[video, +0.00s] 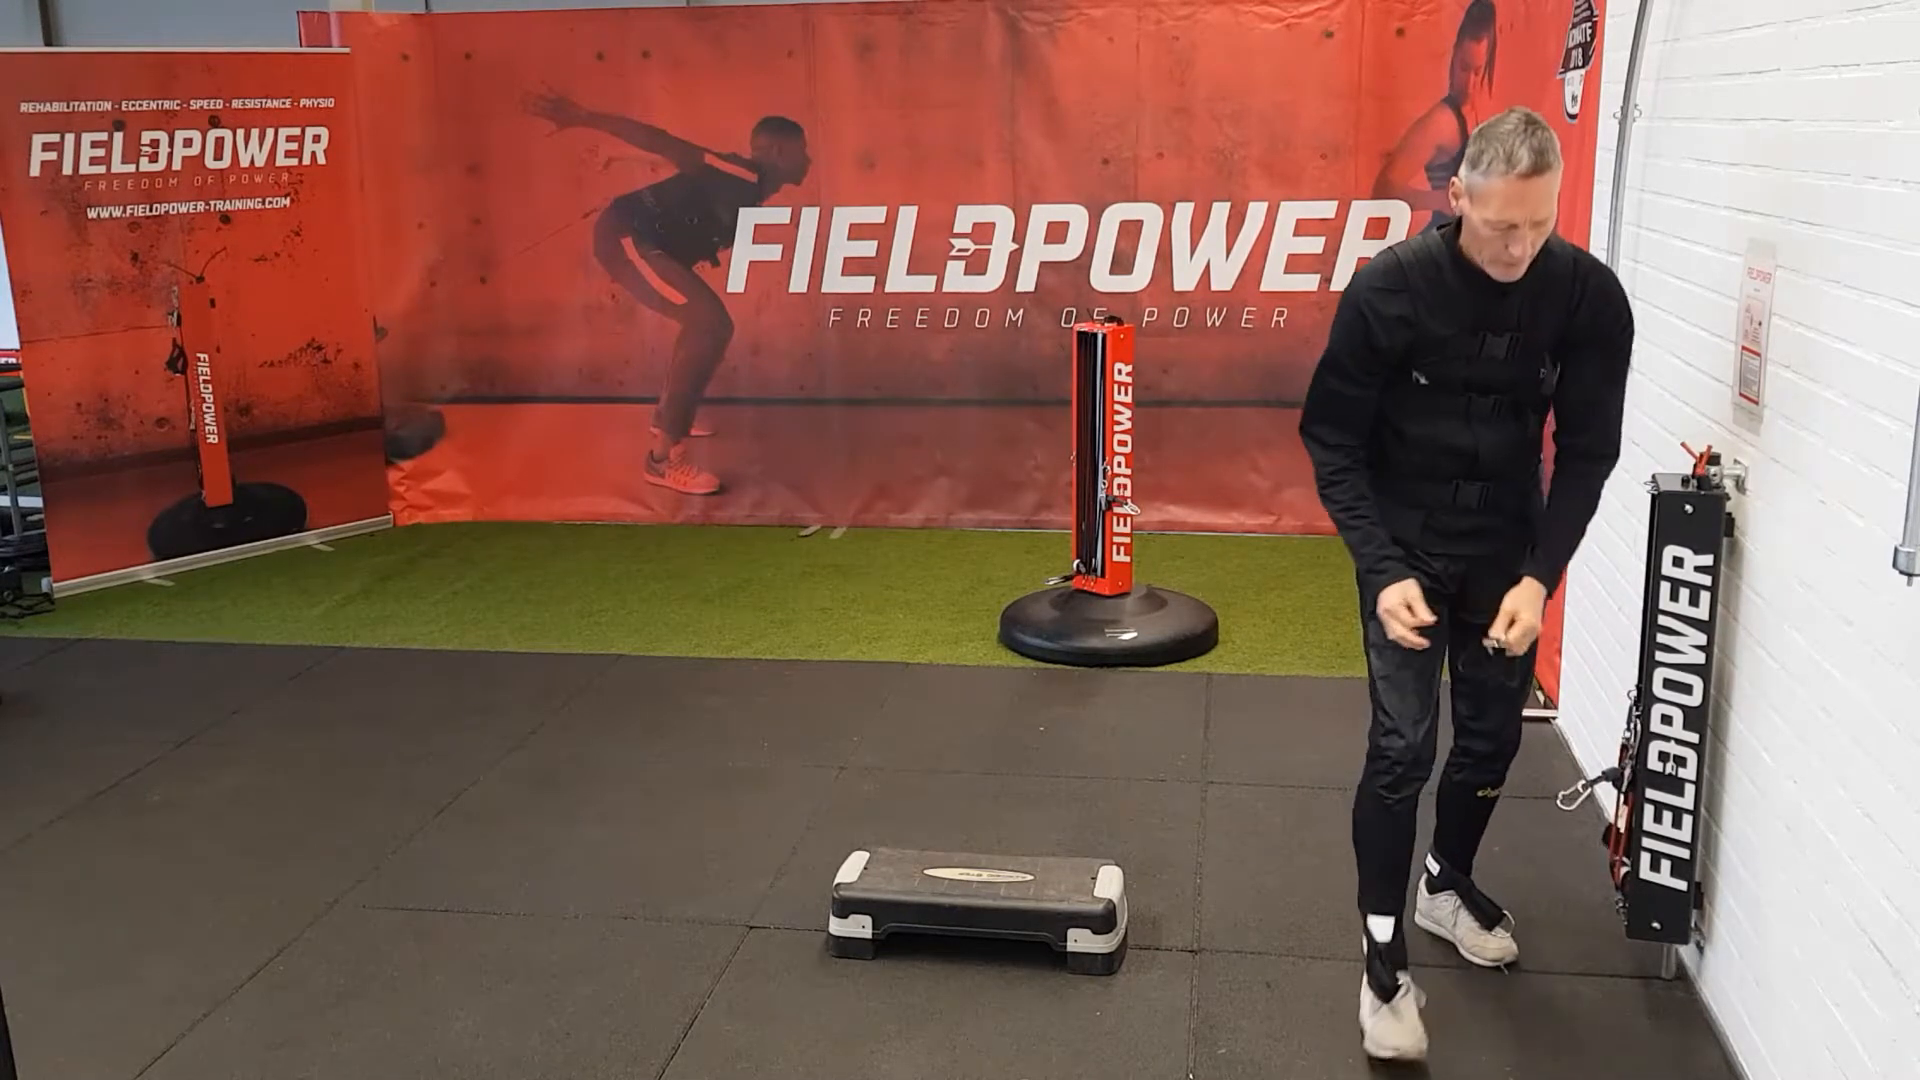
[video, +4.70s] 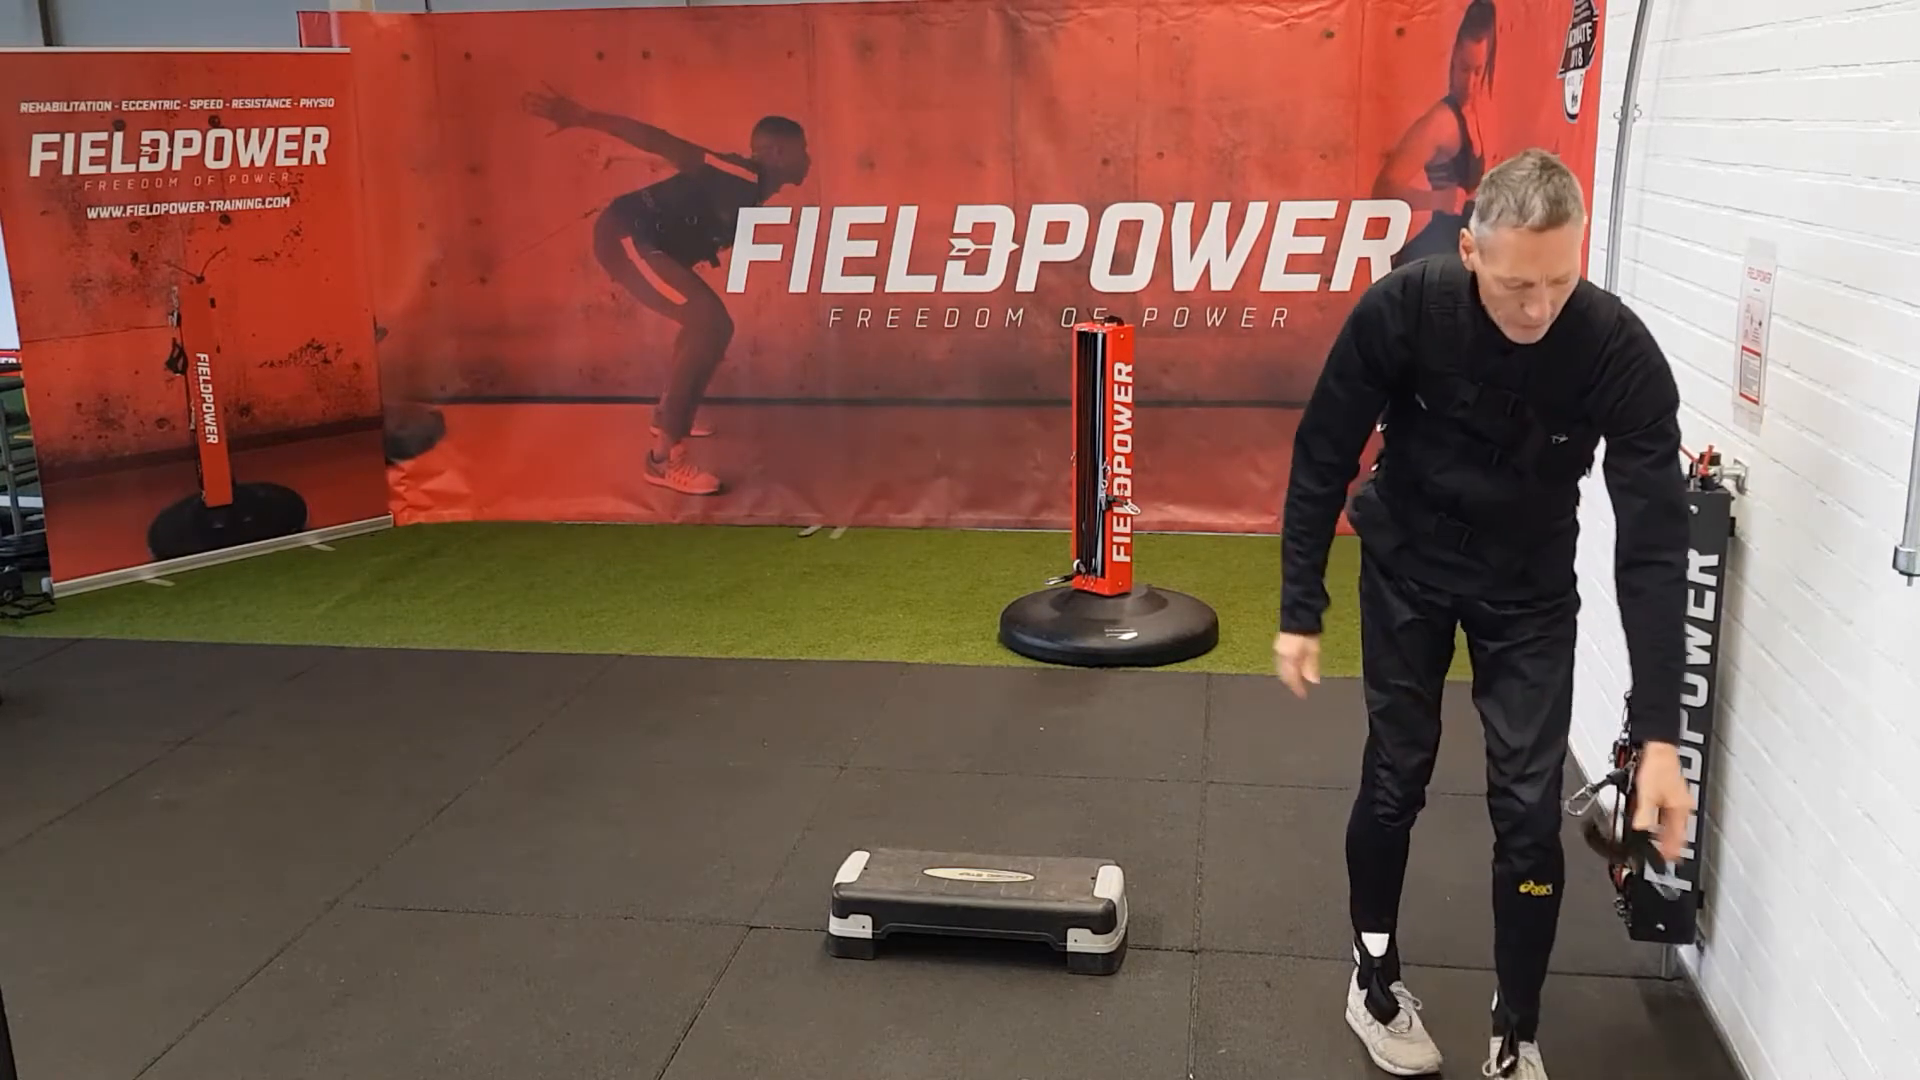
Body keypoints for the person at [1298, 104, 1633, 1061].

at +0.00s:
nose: (1518, 248)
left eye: (1536, 226)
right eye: (1498, 226)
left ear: (1559, 204)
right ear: (1457, 198)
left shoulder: (1590, 299)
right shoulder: (1388, 293)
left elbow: (1589, 451)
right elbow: (1332, 437)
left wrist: (1541, 575)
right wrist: (1382, 570)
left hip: (1509, 558)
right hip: (1401, 553)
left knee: (1488, 741)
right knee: (1403, 750)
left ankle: (1446, 882)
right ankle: (1383, 969)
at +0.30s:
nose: (1521, 334)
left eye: (1537, 311)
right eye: (1502, 314)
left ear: (1555, 283)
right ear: (1449, 282)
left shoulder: (1577, 361)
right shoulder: (1364, 350)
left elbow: (1593, 531)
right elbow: (1296, 490)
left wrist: (1586, 692)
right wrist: (1341, 626)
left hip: (1486, 585)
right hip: (1375, 583)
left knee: (1474, 762)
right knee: (1387, 793)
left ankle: (1444, 887)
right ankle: (1388, 1007)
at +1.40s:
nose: (1621, 401)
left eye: (1630, 390)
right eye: (1621, 387)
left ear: (1581, 346)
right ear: (1572, 352)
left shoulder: (1569, 382)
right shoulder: (1428, 391)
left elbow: (1533, 496)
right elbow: (1393, 557)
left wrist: (1526, 624)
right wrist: (1453, 682)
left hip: (1436, 538)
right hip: (1349, 545)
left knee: (1465, 723)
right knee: (1376, 768)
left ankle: (1398, 866)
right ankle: (1384, 1002)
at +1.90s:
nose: (1615, 529)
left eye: (1626, 520)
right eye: (1616, 516)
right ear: (1580, 482)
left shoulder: (1564, 451)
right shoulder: (1450, 486)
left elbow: (1557, 588)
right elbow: (1469, 635)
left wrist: (1574, 710)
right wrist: (1544, 741)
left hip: (1392, 545)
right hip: (1310, 539)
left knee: (1460, 695)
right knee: (1349, 743)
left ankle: (1396, 866)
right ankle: (1365, 970)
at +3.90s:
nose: (1584, 440)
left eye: (1599, 424)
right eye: (1570, 421)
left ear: (1613, 393)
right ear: (1523, 377)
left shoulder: (1573, 408)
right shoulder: (1428, 423)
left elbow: (1565, 520)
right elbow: (1413, 580)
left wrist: (1556, 649)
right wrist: (1484, 679)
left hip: (1420, 532)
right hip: (1334, 529)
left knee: (1456, 703)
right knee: (1359, 745)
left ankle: (1394, 865)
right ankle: (1366, 973)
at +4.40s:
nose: (1527, 323)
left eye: (1544, 300)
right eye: (1506, 303)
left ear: (1565, 271)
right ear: (1458, 269)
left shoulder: (1587, 344)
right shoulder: (1377, 346)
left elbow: (1593, 505)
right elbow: (1343, 524)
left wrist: (1562, 660)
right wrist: (1422, 660)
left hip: (1489, 562)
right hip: (1378, 567)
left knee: (1515, 761)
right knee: (1383, 779)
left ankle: (1487, 968)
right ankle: (1372, 977)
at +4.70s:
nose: (1536, 306)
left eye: (1556, 282)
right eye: (1515, 284)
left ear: (1583, 251)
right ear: (1473, 248)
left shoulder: (1620, 355)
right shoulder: (1405, 311)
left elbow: (1652, 552)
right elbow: (1322, 453)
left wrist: (1659, 736)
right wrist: (1299, 612)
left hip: (1530, 583)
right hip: (1408, 569)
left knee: (1532, 812)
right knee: (1397, 777)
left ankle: (1515, 1040)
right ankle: (1374, 981)